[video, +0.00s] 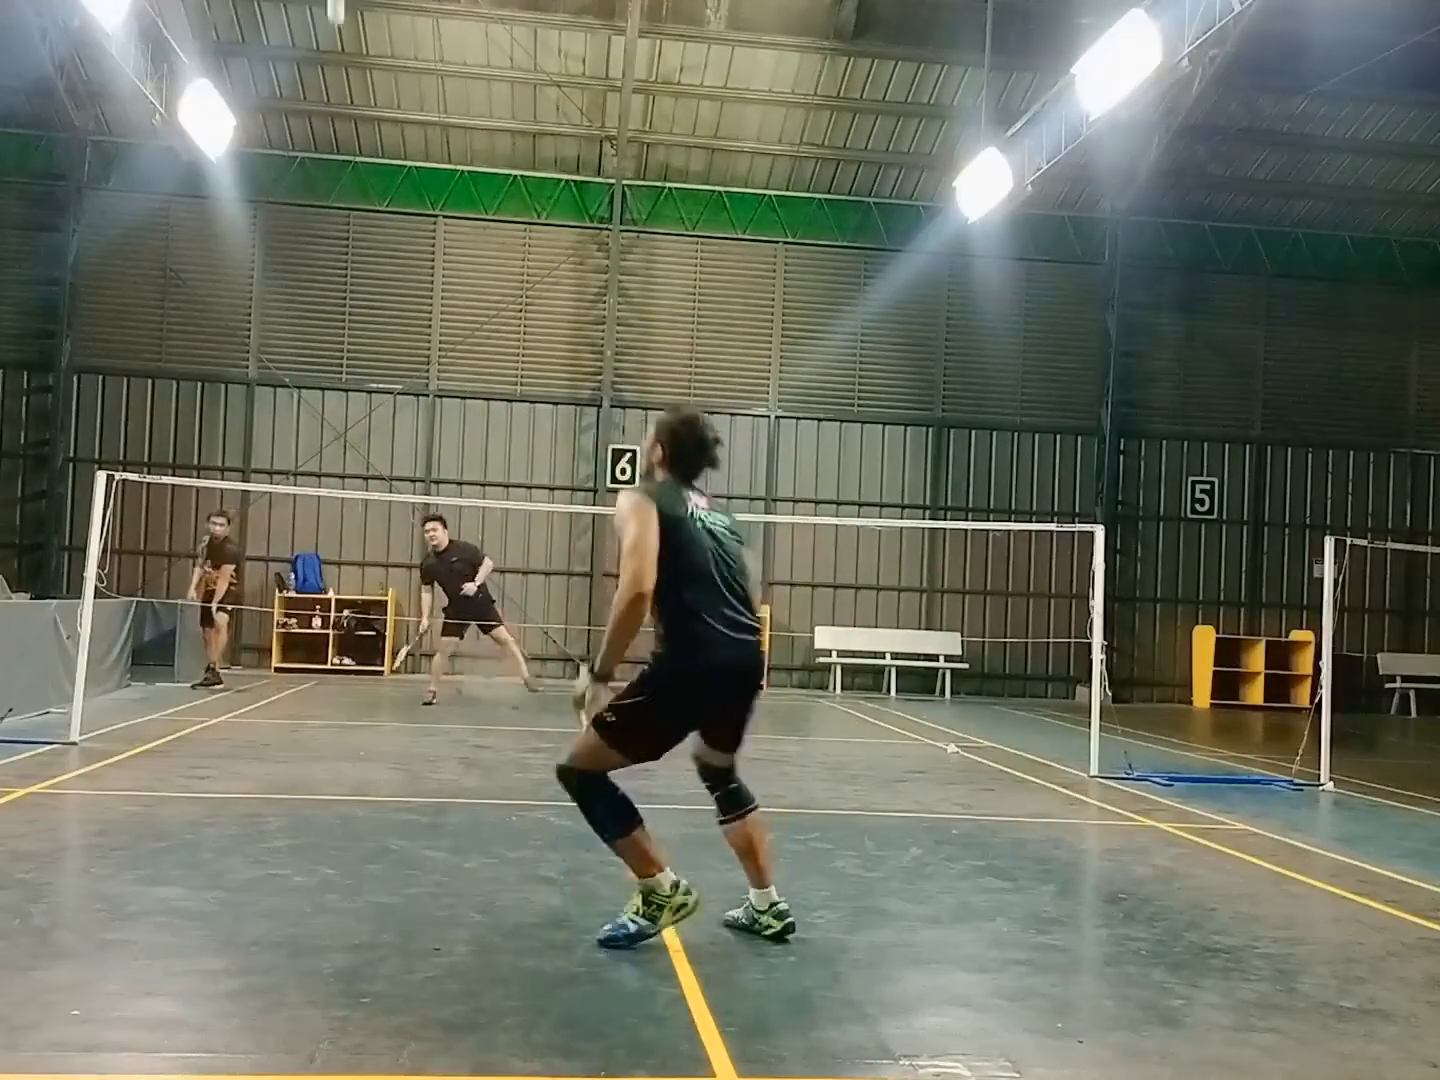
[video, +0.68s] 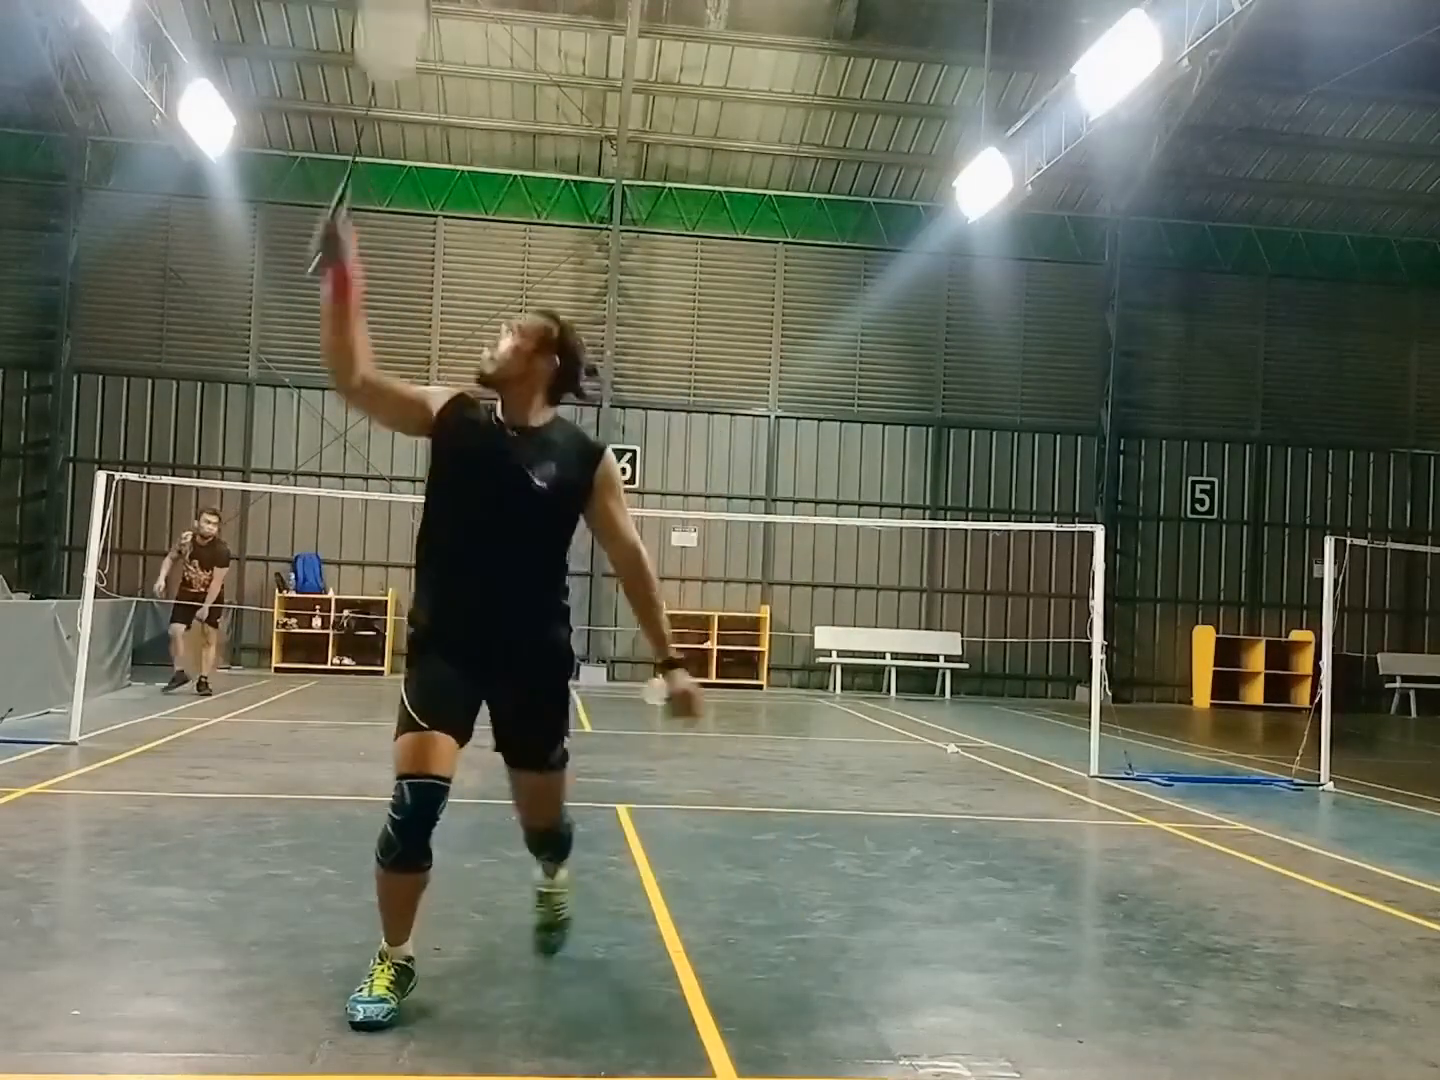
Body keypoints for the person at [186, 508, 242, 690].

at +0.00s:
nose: (217, 528)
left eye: (221, 525)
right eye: (214, 524)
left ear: (228, 528)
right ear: (208, 525)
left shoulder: (230, 549)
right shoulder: (205, 545)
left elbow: (225, 577)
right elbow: (199, 567)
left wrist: (216, 601)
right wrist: (192, 588)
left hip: (227, 589)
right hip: (209, 588)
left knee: (220, 620)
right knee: (207, 631)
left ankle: (213, 666)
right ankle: (212, 671)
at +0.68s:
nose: (210, 527)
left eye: (214, 524)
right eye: (207, 522)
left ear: (218, 528)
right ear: (197, 523)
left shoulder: (221, 551)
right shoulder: (186, 539)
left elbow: (217, 582)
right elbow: (170, 558)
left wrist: (206, 605)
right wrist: (161, 578)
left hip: (210, 595)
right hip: (187, 592)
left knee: (209, 636)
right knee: (175, 630)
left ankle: (204, 678)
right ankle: (179, 672)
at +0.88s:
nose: (202, 526)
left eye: (205, 523)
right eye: (198, 522)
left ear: (208, 526)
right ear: (187, 523)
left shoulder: (211, 549)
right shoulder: (173, 542)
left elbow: (212, 579)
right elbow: (158, 561)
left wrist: (205, 607)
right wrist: (154, 586)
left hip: (200, 600)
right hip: (175, 599)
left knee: (202, 641)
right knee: (168, 637)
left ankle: (202, 680)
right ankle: (161, 681)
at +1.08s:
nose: (192, 521)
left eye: (194, 518)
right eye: (187, 517)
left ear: (196, 521)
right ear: (175, 518)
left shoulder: (200, 544)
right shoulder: (159, 539)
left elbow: (206, 574)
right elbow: (146, 564)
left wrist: (210, 601)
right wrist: (143, 592)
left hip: (191, 599)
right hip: (162, 598)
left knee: (199, 640)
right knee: (158, 638)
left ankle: (199, 672)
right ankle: (159, 682)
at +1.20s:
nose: (184, 516)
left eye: (186, 513)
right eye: (180, 512)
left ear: (188, 516)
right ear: (166, 514)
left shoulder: (193, 542)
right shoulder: (151, 537)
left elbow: (204, 570)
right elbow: (136, 563)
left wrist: (210, 598)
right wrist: (133, 591)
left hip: (184, 595)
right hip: (156, 594)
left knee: (189, 635)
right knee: (157, 638)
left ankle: (187, 670)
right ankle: (159, 682)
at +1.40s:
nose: (176, 516)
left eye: (178, 512)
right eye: (171, 512)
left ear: (179, 516)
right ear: (157, 515)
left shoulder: (186, 541)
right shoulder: (143, 538)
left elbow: (197, 569)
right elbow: (127, 564)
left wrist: (198, 599)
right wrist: (121, 587)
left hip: (177, 597)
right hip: (151, 596)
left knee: (170, 639)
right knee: (155, 641)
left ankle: (165, 684)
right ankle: (158, 682)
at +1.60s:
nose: (176, 515)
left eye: (178, 512)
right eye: (172, 511)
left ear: (179, 515)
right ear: (157, 513)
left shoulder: (184, 541)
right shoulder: (141, 536)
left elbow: (191, 571)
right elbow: (126, 566)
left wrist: (189, 600)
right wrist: (119, 594)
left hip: (172, 598)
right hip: (146, 597)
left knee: (164, 640)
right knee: (150, 642)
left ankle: (158, 686)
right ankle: (151, 676)